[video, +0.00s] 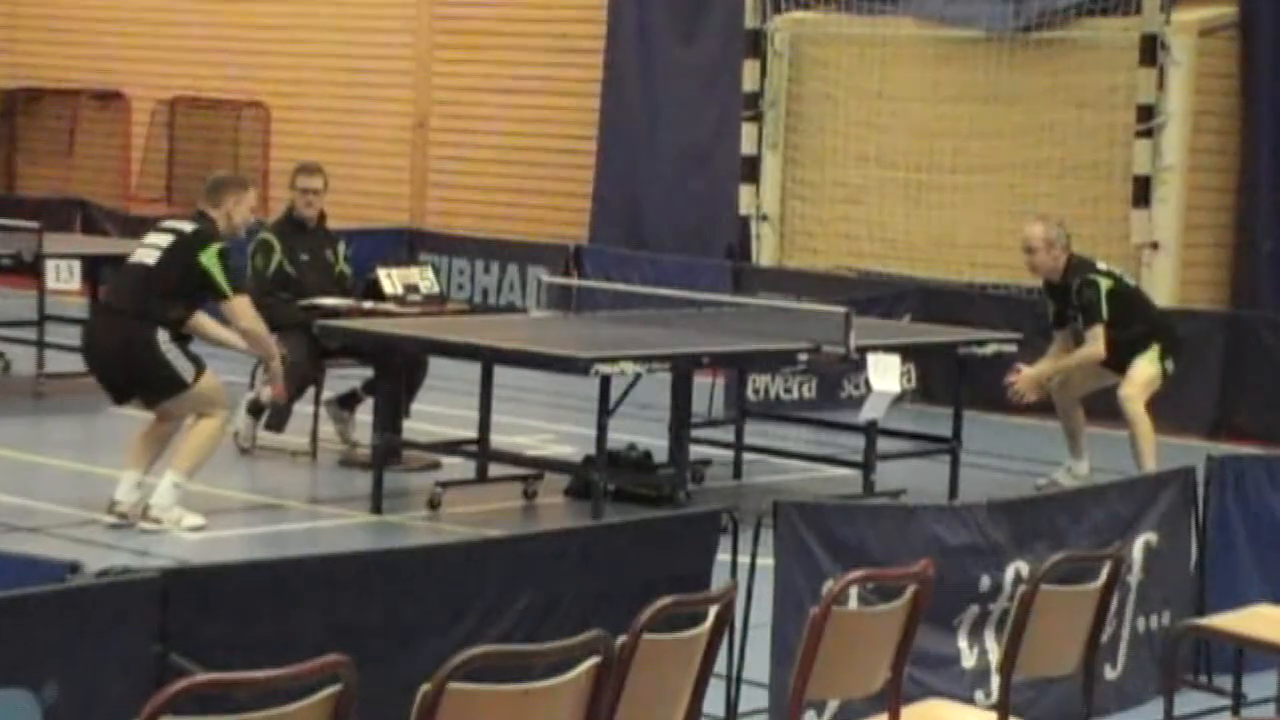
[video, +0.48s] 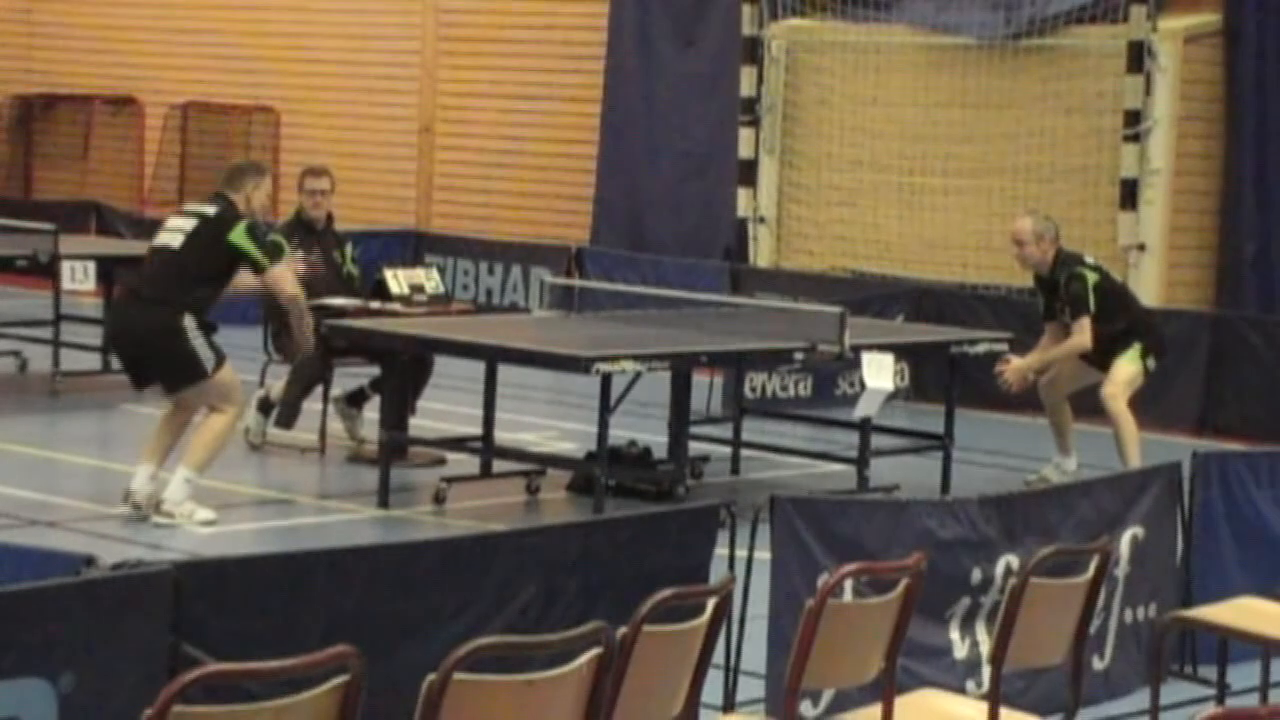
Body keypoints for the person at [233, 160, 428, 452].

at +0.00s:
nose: (309, 199)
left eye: (316, 192)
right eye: (303, 191)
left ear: (325, 196)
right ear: (291, 193)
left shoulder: (331, 240)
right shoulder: (270, 239)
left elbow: (346, 290)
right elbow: (263, 300)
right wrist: (312, 316)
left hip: (335, 325)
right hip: (293, 325)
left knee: (409, 359)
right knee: (303, 367)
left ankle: (346, 403)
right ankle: (255, 409)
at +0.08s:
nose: (311, 199)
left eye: (318, 192)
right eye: (305, 192)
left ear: (327, 197)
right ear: (294, 194)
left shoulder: (334, 240)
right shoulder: (272, 239)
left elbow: (349, 289)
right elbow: (267, 299)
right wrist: (315, 315)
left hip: (337, 325)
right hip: (294, 325)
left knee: (411, 358)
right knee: (306, 366)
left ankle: (349, 402)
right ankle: (259, 407)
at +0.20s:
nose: (315, 201)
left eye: (322, 195)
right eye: (308, 194)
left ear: (330, 199)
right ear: (296, 197)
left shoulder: (337, 242)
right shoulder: (275, 240)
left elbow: (352, 291)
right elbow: (271, 296)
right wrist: (310, 322)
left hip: (341, 327)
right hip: (299, 327)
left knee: (413, 360)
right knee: (311, 368)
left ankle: (352, 403)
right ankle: (262, 407)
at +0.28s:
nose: (318, 201)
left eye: (324, 195)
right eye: (311, 194)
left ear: (333, 199)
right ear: (299, 197)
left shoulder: (340, 242)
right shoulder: (279, 241)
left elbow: (354, 290)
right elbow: (273, 296)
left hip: (345, 325)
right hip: (303, 326)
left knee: (415, 360)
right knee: (314, 368)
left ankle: (354, 402)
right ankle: (266, 405)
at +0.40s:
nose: (317, 200)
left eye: (323, 194)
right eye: (310, 194)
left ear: (332, 198)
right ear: (299, 196)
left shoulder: (338, 241)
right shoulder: (280, 239)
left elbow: (354, 287)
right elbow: (272, 290)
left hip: (342, 325)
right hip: (300, 325)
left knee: (415, 358)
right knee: (315, 365)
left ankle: (353, 401)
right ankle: (266, 405)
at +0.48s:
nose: (317, 200)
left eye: (324, 193)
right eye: (310, 193)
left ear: (332, 197)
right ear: (299, 196)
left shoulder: (337, 240)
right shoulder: (282, 238)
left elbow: (354, 286)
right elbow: (280, 292)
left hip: (342, 325)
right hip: (301, 324)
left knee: (416, 359)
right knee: (315, 363)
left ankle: (354, 401)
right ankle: (265, 405)